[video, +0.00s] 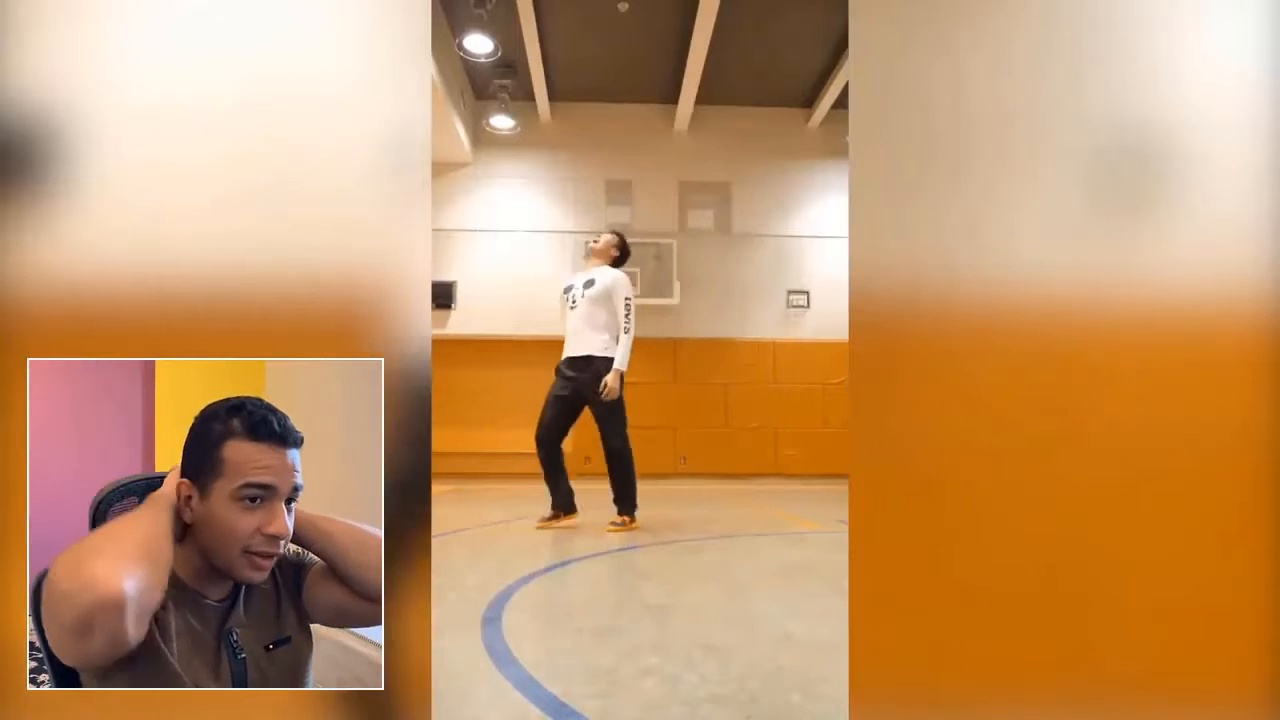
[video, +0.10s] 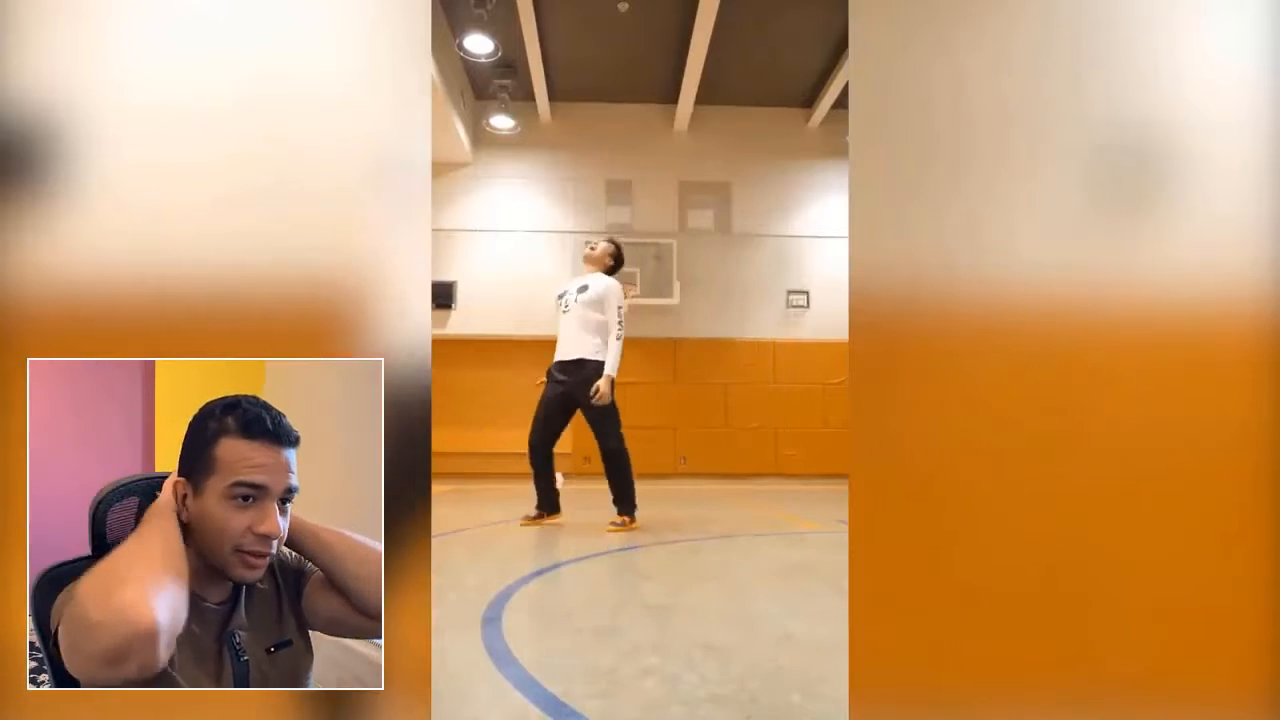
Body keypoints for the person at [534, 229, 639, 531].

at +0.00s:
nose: (596, 238)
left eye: (605, 237)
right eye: (599, 235)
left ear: (615, 252)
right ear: (597, 248)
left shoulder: (618, 278)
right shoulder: (575, 281)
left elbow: (627, 329)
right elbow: (574, 327)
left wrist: (617, 370)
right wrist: (565, 361)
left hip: (602, 366)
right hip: (571, 366)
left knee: (615, 442)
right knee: (546, 437)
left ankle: (626, 512)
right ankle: (564, 508)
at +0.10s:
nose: (592, 244)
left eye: (600, 244)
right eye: (593, 242)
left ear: (610, 261)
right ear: (589, 255)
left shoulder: (611, 285)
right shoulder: (569, 287)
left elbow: (617, 334)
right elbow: (566, 335)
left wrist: (608, 376)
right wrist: (552, 372)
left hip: (592, 370)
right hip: (562, 370)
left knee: (611, 445)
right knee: (539, 442)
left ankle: (626, 512)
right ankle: (547, 507)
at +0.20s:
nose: (587, 263)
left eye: (594, 266)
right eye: (592, 262)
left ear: (597, 280)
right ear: (588, 275)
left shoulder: (589, 296)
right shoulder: (561, 299)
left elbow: (590, 340)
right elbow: (548, 349)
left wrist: (580, 378)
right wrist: (521, 378)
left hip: (563, 374)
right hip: (538, 374)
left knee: (593, 443)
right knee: (532, 444)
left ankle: (624, 509)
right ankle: (540, 508)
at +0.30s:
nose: (585, 270)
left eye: (591, 273)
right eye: (590, 270)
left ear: (591, 286)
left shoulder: (581, 299)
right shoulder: (554, 301)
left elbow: (578, 339)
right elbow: (536, 348)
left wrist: (570, 376)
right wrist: (504, 369)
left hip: (547, 373)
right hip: (524, 374)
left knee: (575, 440)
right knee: (523, 446)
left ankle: (612, 497)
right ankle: (540, 507)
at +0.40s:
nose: (571, 273)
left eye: (577, 276)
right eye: (577, 273)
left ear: (577, 290)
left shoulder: (564, 303)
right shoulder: (542, 303)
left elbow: (563, 342)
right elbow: (510, 339)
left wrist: (552, 373)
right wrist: (469, 341)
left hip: (527, 368)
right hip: (511, 365)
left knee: (521, 435)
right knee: (513, 439)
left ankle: (549, 495)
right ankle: (534, 502)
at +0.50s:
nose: (554, 273)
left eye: (559, 276)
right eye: (560, 272)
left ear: (558, 289)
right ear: (557, 285)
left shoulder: (543, 301)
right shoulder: (530, 301)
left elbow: (542, 344)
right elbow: (496, 334)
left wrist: (534, 380)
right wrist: (456, 329)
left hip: (511, 374)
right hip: (503, 372)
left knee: (473, 434)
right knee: (515, 443)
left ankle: (487, 496)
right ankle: (539, 505)